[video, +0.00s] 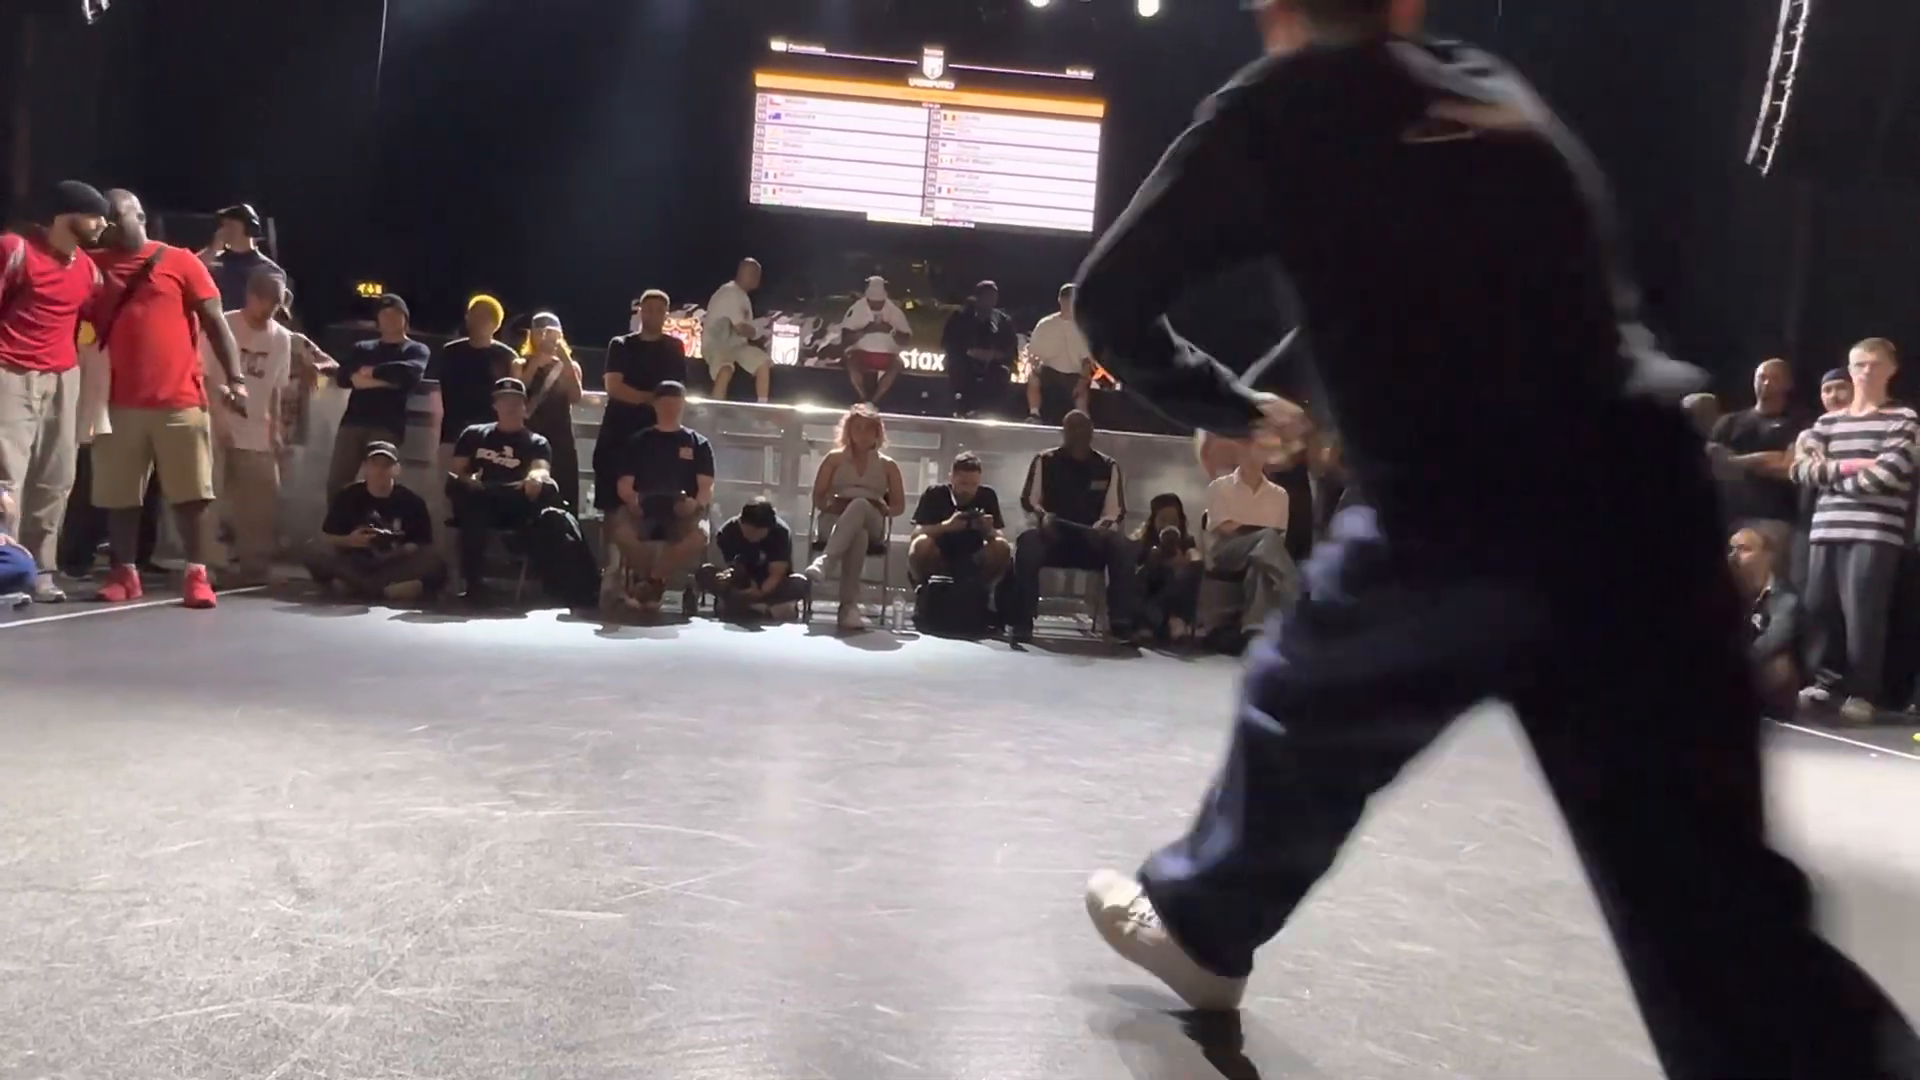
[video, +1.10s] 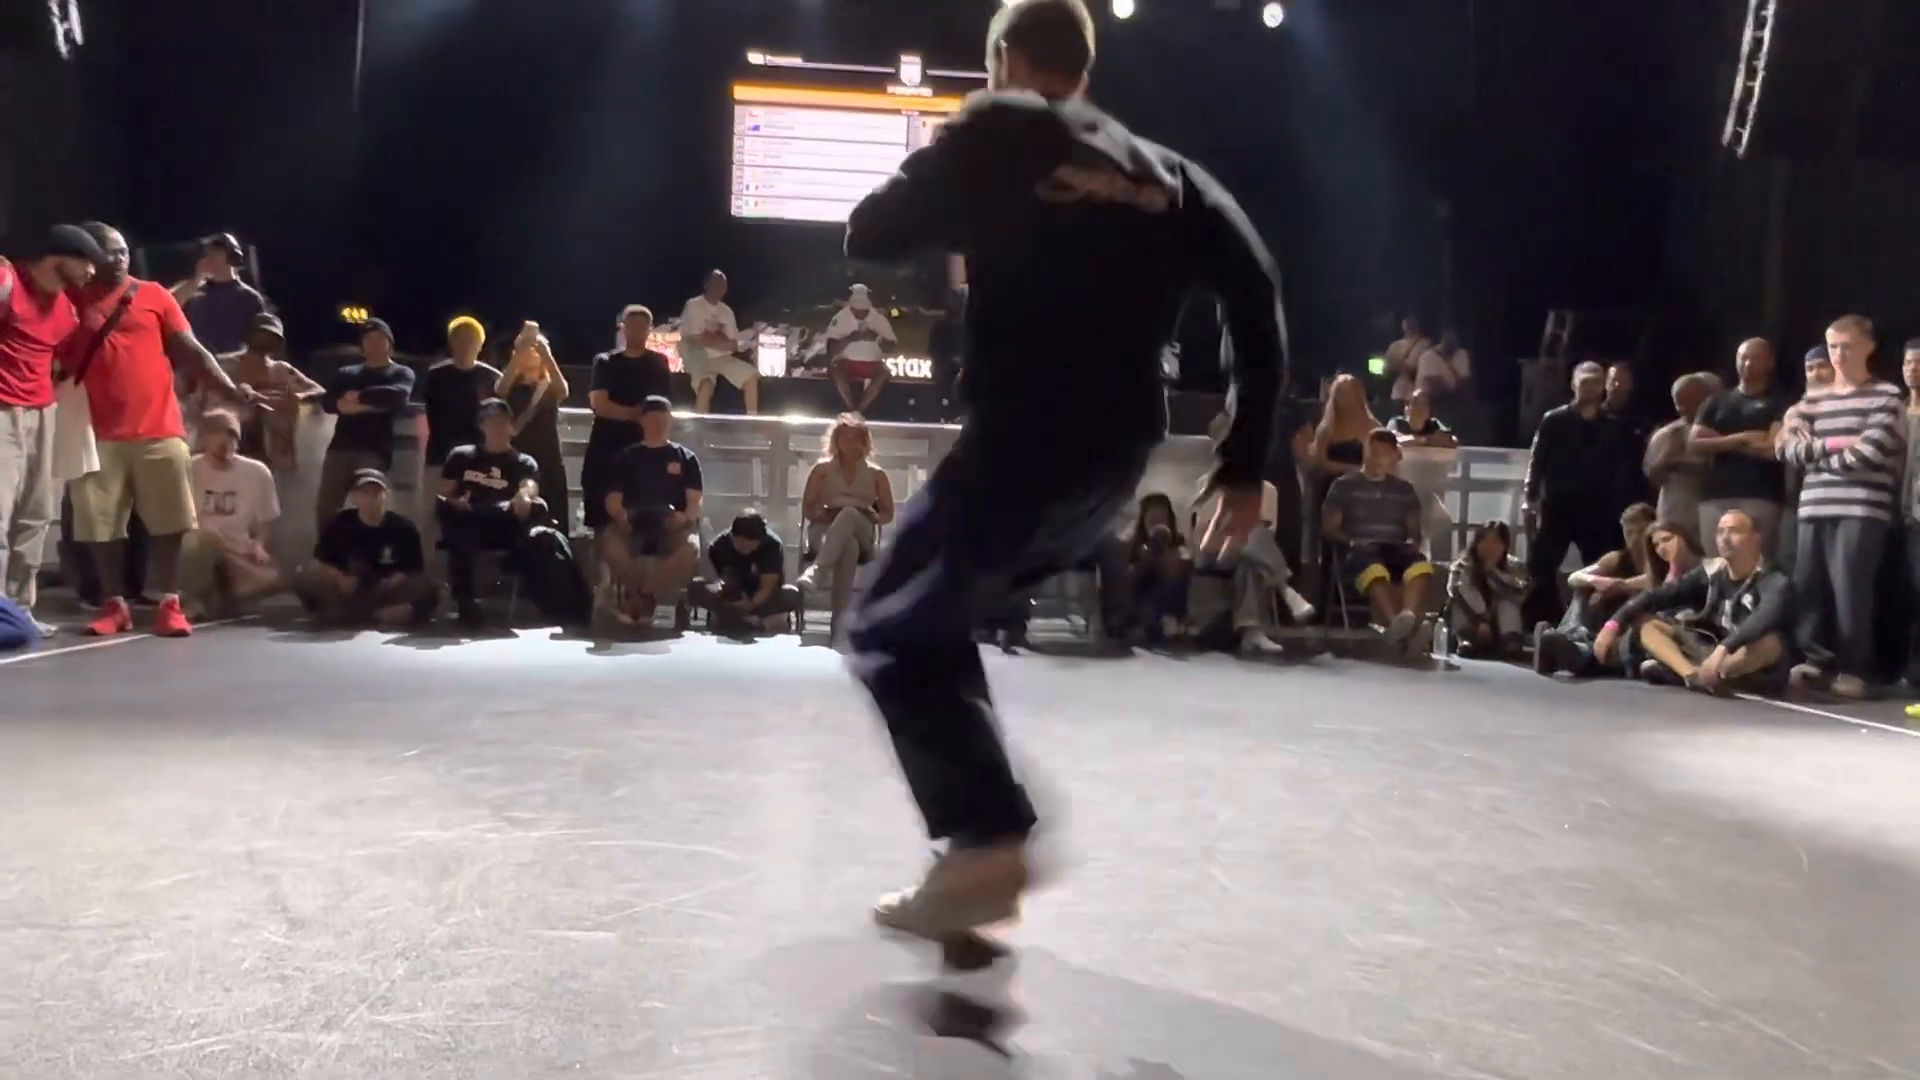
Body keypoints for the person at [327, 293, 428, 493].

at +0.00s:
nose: (391, 319)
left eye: (396, 314)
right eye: (386, 314)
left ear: (405, 319)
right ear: (378, 320)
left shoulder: (417, 350)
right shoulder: (363, 347)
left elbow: (410, 375)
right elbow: (342, 378)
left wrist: (369, 371)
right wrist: (386, 382)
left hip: (387, 424)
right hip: (354, 421)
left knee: (378, 487)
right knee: (337, 483)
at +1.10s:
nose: (374, 344)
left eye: (379, 338)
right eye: (369, 339)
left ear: (389, 344)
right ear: (362, 344)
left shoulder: (402, 373)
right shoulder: (347, 372)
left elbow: (398, 397)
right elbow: (328, 403)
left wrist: (358, 397)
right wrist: (371, 405)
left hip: (374, 449)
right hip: (342, 446)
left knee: (368, 509)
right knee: (326, 507)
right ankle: (325, 555)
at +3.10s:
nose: (397, 348)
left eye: (402, 343)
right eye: (392, 344)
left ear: (412, 348)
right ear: (385, 349)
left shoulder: (425, 377)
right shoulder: (370, 377)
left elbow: (420, 401)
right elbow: (353, 409)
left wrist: (381, 400)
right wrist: (395, 409)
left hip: (397, 455)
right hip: (365, 453)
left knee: (390, 515)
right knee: (352, 513)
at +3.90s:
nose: (407, 338)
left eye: (413, 333)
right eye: (403, 333)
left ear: (423, 339)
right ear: (396, 339)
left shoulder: (435, 367)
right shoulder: (381, 368)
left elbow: (430, 391)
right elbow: (363, 398)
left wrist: (391, 391)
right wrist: (405, 401)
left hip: (408, 443)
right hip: (375, 441)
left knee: (402, 501)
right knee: (361, 499)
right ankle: (358, 551)